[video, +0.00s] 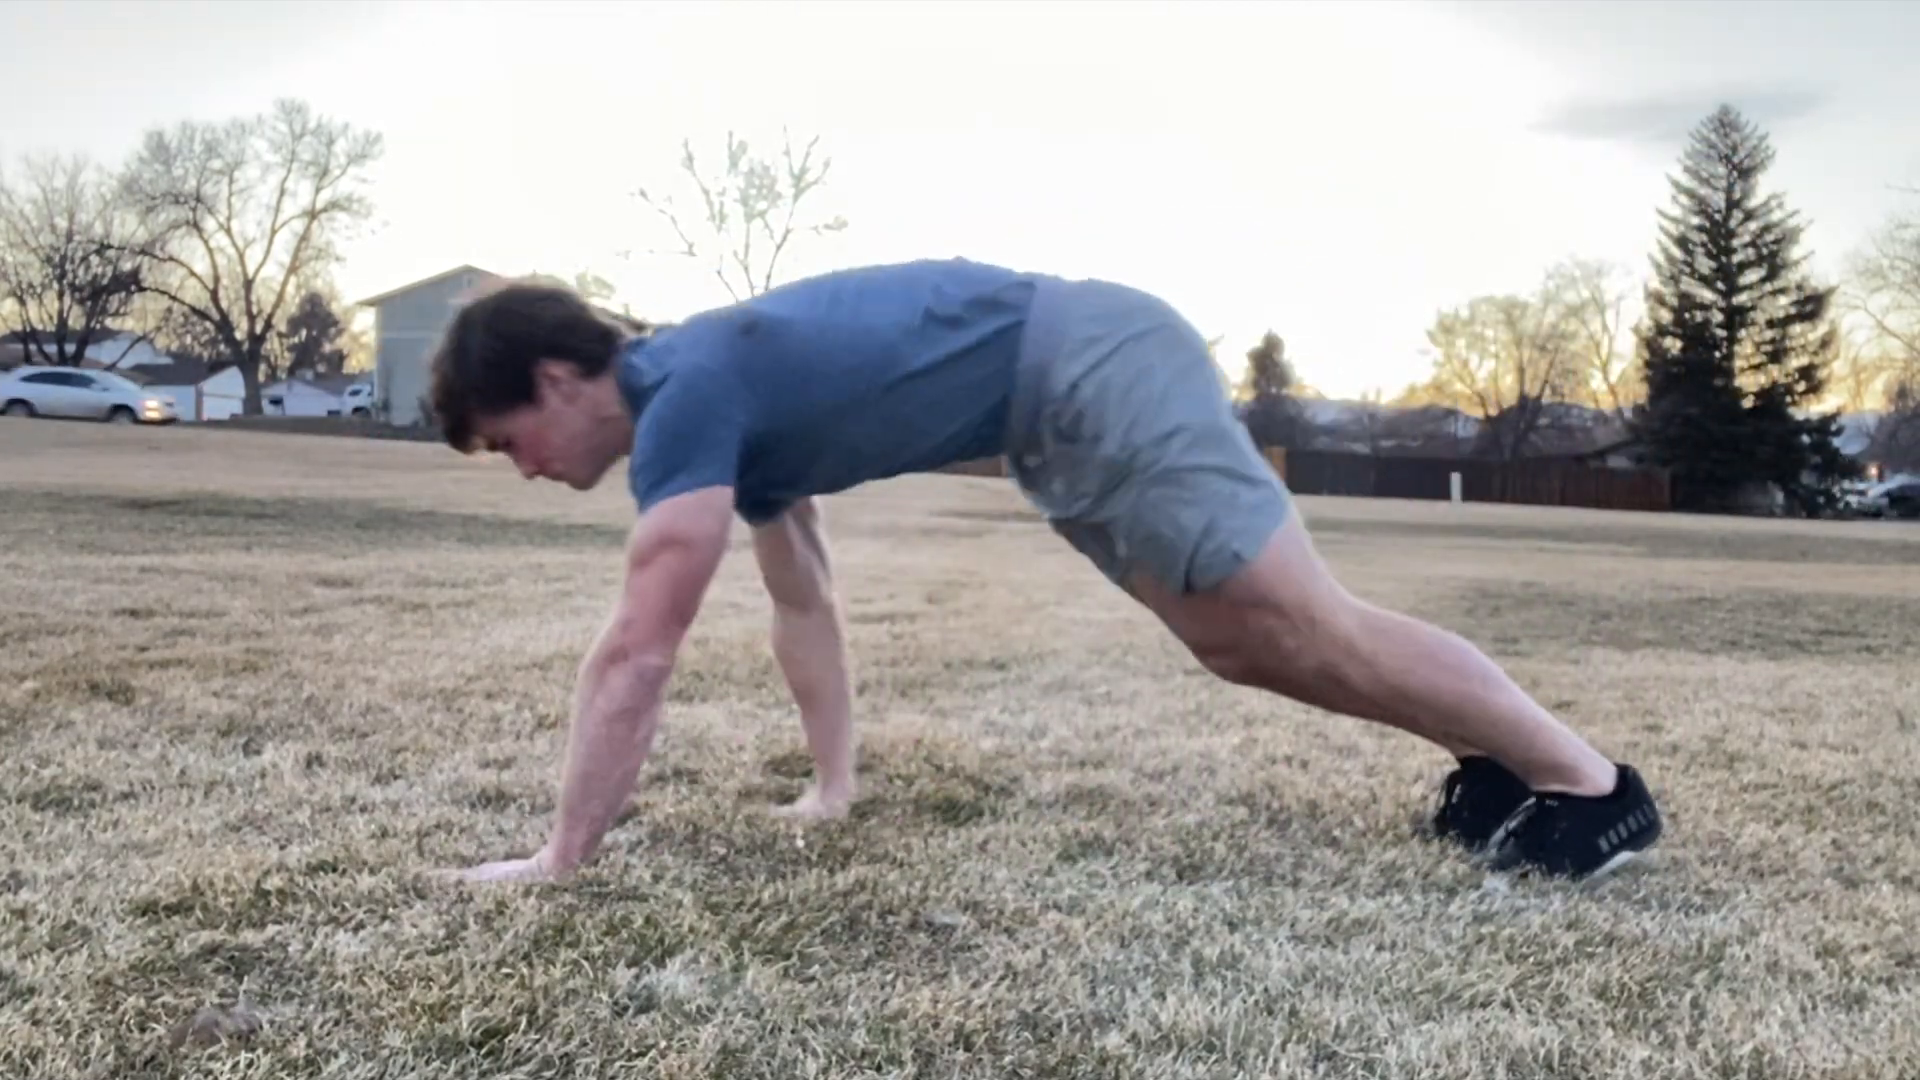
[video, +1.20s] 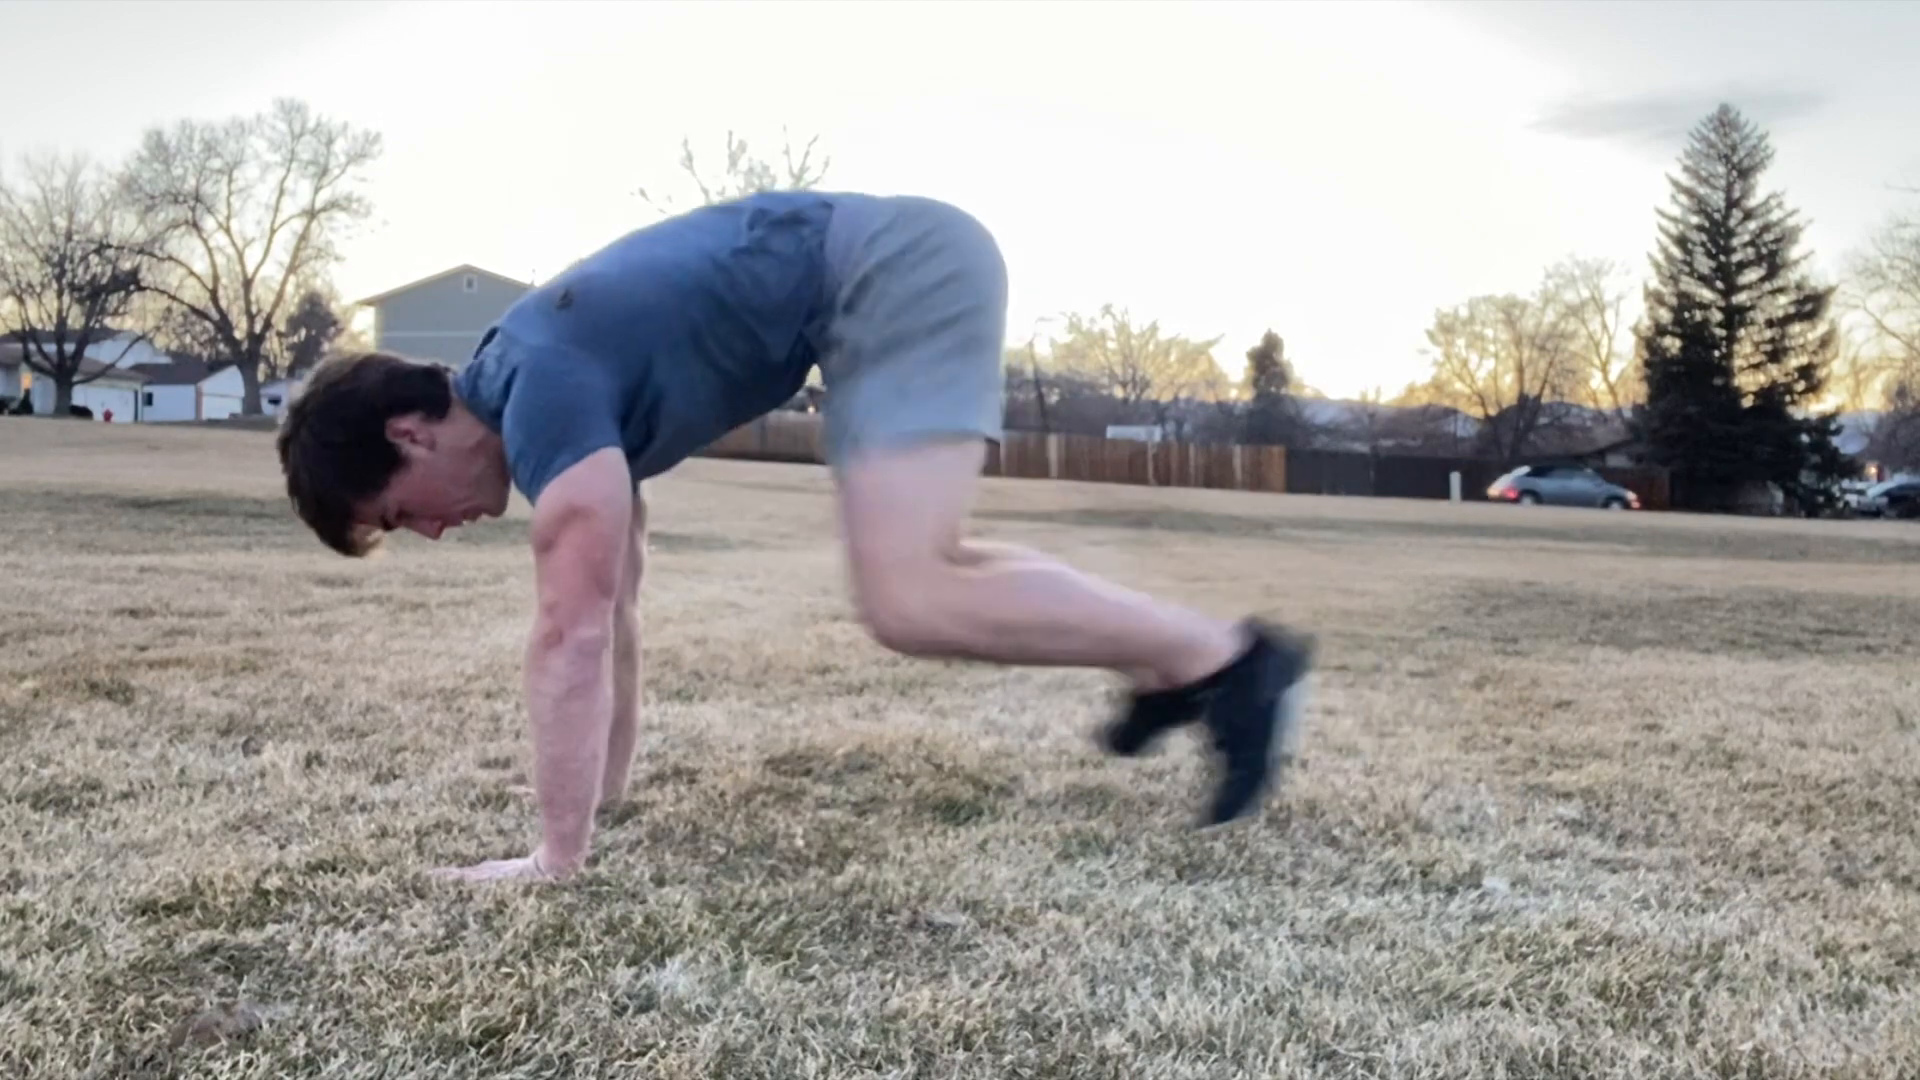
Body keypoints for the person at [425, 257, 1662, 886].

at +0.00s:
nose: (524, 469)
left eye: (511, 440)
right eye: (504, 453)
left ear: (560, 381)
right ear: (565, 390)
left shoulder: (698, 380)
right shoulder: (707, 405)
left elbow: (635, 653)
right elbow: (801, 594)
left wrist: (563, 861)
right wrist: (833, 784)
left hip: (1087, 359)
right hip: (1045, 410)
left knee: (1300, 626)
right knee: (1243, 644)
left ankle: (1598, 787)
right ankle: (1510, 749)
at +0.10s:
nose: (482, 463)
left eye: (466, 434)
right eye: (461, 448)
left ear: (508, 369)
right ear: (522, 366)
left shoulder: (653, 370)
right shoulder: (663, 374)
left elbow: (615, 644)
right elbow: (759, 545)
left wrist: (558, 860)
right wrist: (714, 706)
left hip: (1044, 398)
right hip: (1017, 428)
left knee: (1296, 637)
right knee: (1246, 653)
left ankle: (1594, 783)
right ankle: (1515, 749)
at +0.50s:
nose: (483, 493)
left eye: (462, 470)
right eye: (460, 484)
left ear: (491, 400)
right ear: (499, 394)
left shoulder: (627, 378)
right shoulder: (625, 390)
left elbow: (617, 637)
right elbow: (643, 640)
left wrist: (560, 853)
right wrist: (589, 823)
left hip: (1010, 389)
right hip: (1018, 388)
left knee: (1136, 707)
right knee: (1214, 636)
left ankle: (1456, 718)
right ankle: (1466, 713)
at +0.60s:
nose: (492, 497)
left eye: (472, 475)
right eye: (469, 488)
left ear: (503, 401)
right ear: (508, 403)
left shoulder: (638, 372)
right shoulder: (627, 394)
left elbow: (617, 633)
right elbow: (641, 633)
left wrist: (562, 851)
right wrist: (588, 805)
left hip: (1008, 344)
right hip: (1007, 380)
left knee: (939, 590)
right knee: (1234, 614)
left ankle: (1249, 709)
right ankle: (1489, 737)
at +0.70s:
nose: (501, 493)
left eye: (480, 470)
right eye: (478, 485)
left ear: (508, 397)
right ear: (512, 400)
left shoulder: (639, 361)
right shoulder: (632, 394)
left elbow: (618, 634)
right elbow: (637, 634)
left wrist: (563, 853)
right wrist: (577, 806)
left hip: (1014, 359)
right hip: (996, 432)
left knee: (784, 424)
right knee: (1225, 618)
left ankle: (931, 750)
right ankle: (1490, 735)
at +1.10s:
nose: (430, 531)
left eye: (404, 512)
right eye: (403, 525)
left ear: (419, 434)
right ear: (426, 423)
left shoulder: (565, 371)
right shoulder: (550, 384)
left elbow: (582, 633)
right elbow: (598, 618)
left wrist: (557, 851)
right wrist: (602, 788)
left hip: (920, 291)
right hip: (921, 332)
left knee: (767, 488)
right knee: (1077, 580)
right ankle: (1349, 669)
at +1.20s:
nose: (431, 532)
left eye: (405, 515)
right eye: (407, 527)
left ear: (411, 438)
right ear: (420, 419)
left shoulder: (542, 370)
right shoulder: (545, 375)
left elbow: (573, 628)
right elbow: (610, 602)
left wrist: (556, 850)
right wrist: (614, 780)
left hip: (896, 263)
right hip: (883, 275)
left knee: (906, 601)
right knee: (920, 572)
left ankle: (1227, 661)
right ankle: (1180, 656)